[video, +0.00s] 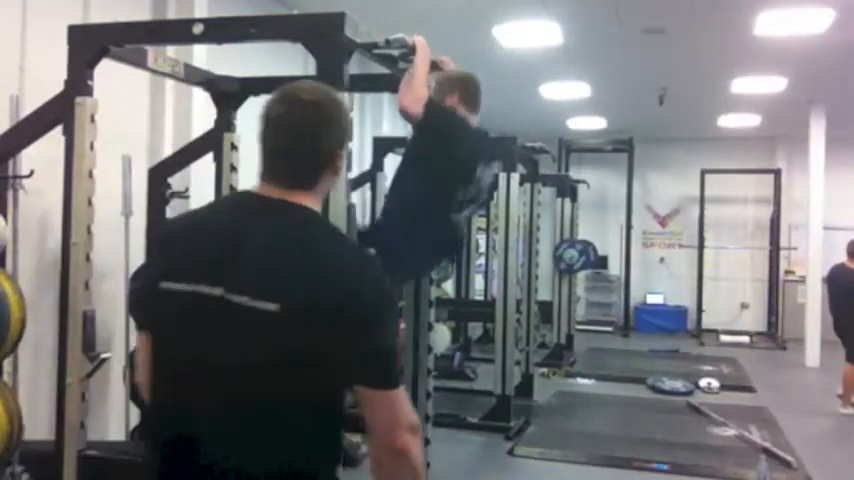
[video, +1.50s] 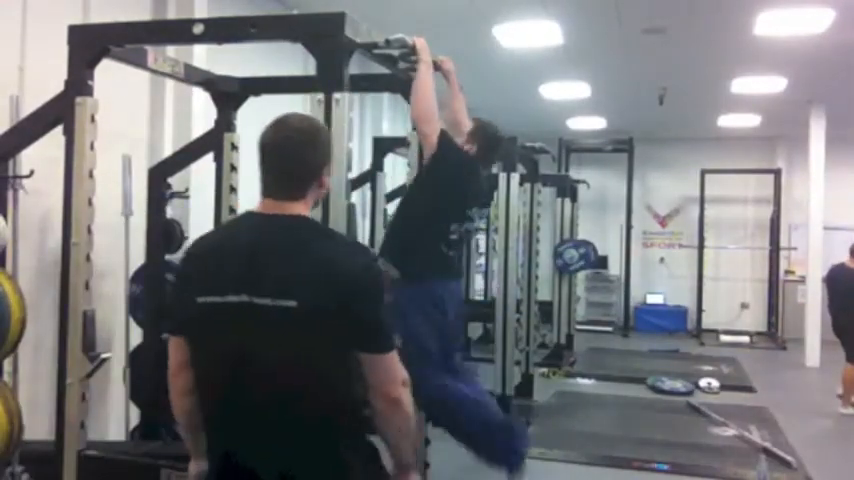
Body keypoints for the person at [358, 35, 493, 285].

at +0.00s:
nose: (433, 102)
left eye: (436, 96)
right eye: (433, 96)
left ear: (453, 100)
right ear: (474, 106)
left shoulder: (447, 124)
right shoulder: (476, 140)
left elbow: (410, 103)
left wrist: (421, 52)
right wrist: (452, 76)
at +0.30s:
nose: (420, 134)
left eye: (422, 132)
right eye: (427, 130)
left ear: (427, 143)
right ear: (450, 146)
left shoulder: (424, 170)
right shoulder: (452, 177)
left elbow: (415, 114)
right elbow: (454, 129)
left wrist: (421, 59)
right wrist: (451, 78)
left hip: (405, 297)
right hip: (437, 295)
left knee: (384, 396)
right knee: (415, 391)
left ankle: (386, 469)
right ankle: (417, 465)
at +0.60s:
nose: (394, 163)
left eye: (397, 159)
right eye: (396, 158)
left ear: (408, 164)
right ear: (431, 159)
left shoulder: (416, 188)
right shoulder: (447, 182)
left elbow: (421, 121)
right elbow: (450, 130)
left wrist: (423, 63)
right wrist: (451, 79)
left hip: (430, 314)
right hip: (457, 311)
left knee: (427, 419)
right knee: (462, 403)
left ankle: (505, 462)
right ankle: (517, 463)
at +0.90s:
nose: (410, 168)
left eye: (414, 162)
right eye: (412, 163)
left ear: (428, 165)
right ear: (439, 161)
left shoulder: (438, 186)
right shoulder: (461, 181)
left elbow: (431, 120)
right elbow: (457, 130)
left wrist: (423, 61)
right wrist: (451, 75)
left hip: (456, 319)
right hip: (482, 313)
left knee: (450, 422)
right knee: (491, 403)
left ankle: (538, 458)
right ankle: (549, 462)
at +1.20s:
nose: (412, 168)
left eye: (415, 161)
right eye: (414, 163)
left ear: (430, 162)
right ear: (449, 158)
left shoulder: (440, 184)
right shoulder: (466, 182)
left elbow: (431, 122)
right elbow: (460, 130)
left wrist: (424, 63)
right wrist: (450, 75)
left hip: (458, 321)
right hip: (486, 314)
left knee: (462, 426)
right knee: (499, 414)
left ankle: (513, 477)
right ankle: (533, 474)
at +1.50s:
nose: (456, 127)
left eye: (463, 128)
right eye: (461, 127)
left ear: (470, 144)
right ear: (482, 153)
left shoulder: (450, 162)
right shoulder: (476, 178)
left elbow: (422, 116)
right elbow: (460, 127)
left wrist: (422, 62)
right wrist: (451, 78)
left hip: (419, 285)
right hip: (448, 283)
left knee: (425, 381)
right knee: (450, 370)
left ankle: (506, 444)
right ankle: (503, 436)